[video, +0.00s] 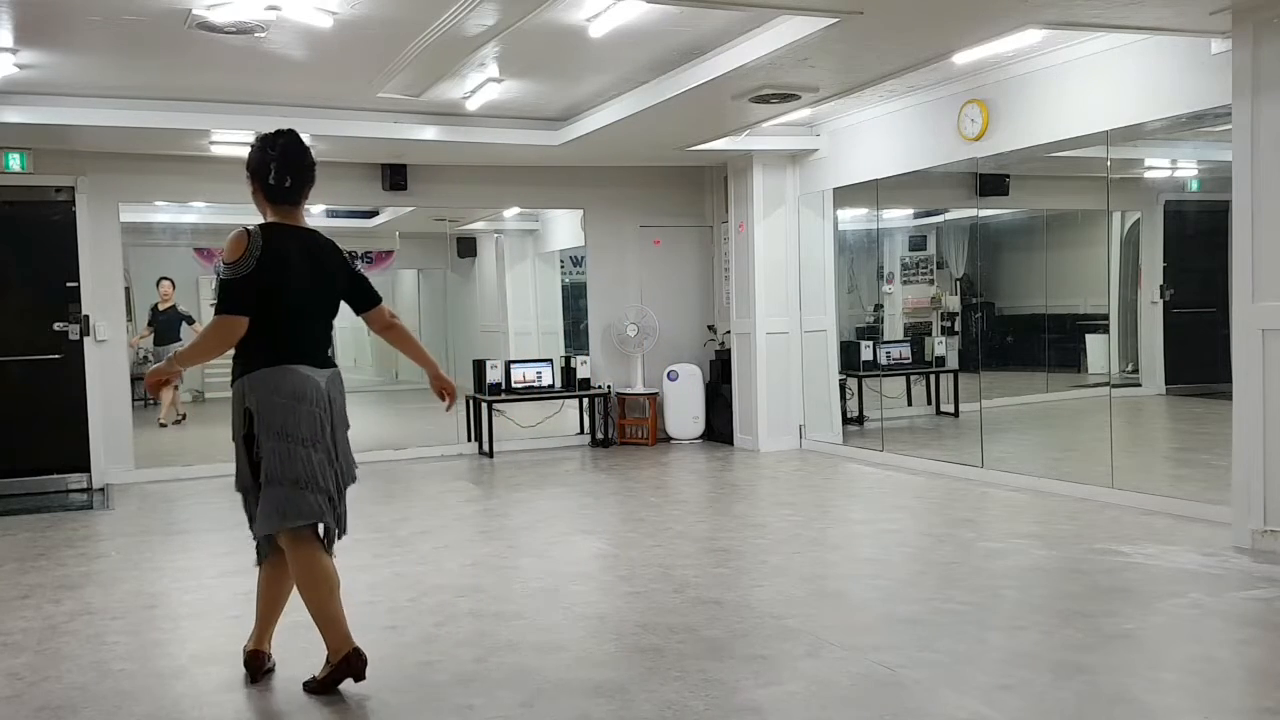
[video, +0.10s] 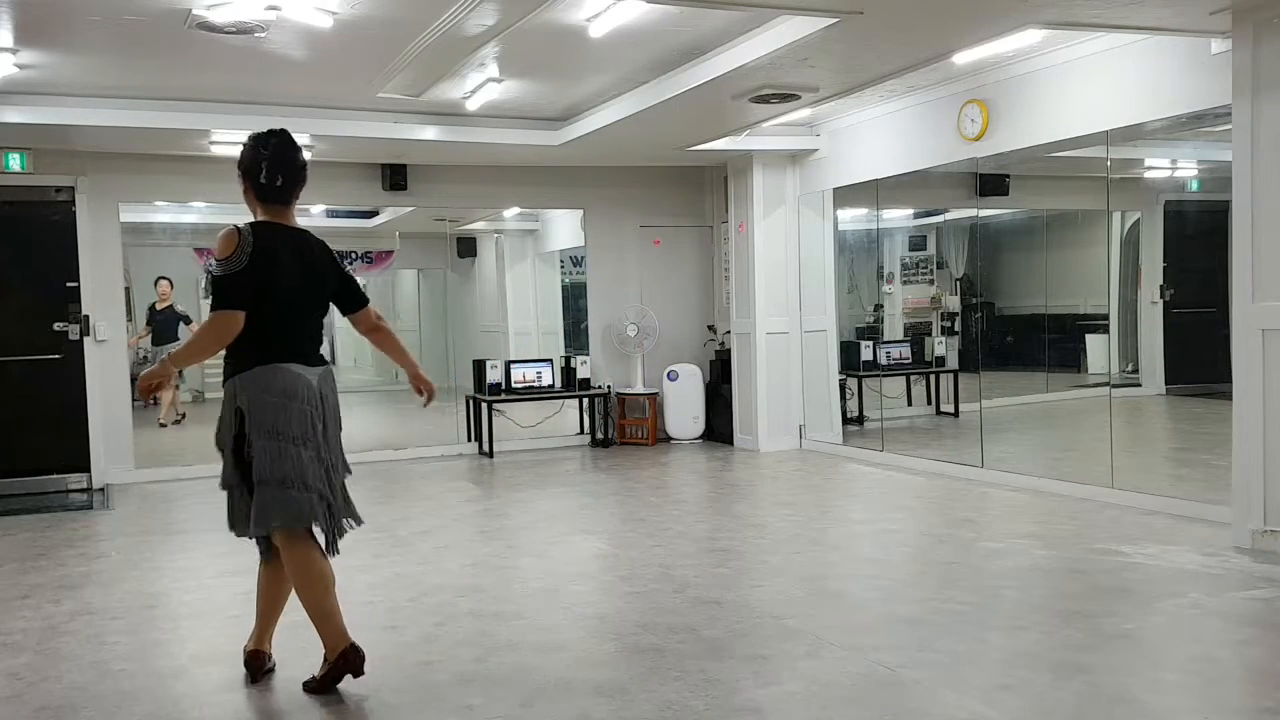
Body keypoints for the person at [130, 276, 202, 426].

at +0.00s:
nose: (165, 291)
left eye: (168, 287)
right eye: (162, 287)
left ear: (173, 290)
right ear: (158, 290)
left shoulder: (179, 309)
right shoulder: (154, 309)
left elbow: (196, 326)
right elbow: (149, 329)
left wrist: (210, 339)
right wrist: (138, 337)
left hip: (174, 348)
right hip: (158, 349)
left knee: (169, 382)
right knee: (168, 383)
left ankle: (162, 417)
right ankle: (180, 413)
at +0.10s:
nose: (163, 290)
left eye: (166, 287)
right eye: (160, 287)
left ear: (171, 290)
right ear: (156, 289)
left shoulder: (176, 308)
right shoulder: (152, 308)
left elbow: (193, 326)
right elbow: (148, 329)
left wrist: (204, 341)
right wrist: (137, 337)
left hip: (172, 348)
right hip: (156, 349)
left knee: (169, 383)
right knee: (167, 383)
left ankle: (162, 416)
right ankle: (180, 412)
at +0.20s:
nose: (161, 290)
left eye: (165, 287)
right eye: (158, 287)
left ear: (170, 289)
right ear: (154, 290)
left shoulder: (174, 308)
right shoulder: (150, 308)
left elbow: (190, 328)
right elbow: (147, 328)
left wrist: (198, 342)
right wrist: (135, 337)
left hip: (171, 349)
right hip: (155, 350)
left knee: (168, 383)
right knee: (166, 384)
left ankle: (162, 416)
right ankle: (179, 411)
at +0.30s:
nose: (159, 290)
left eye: (162, 287)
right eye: (156, 287)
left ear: (167, 290)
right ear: (151, 289)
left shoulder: (171, 308)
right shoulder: (147, 308)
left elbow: (186, 326)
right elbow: (146, 328)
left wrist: (183, 343)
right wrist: (134, 337)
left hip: (169, 348)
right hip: (152, 350)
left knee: (167, 384)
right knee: (164, 384)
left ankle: (162, 416)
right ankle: (179, 411)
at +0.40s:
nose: (157, 290)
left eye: (160, 287)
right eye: (154, 287)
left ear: (165, 290)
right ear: (149, 290)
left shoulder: (170, 308)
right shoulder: (145, 309)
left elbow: (184, 327)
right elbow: (144, 328)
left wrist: (180, 344)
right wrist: (132, 337)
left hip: (168, 349)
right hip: (151, 351)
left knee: (168, 384)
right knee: (162, 384)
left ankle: (162, 416)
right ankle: (178, 410)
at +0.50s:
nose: (155, 290)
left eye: (158, 287)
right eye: (151, 287)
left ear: (163, 290)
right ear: (147, 290)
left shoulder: (169, 308)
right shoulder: (144, 309)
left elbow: (178, 327)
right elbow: (141, 327)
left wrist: (178, 346)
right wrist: (130, 337)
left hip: (168, 349)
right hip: (151, 351)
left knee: (168, 384)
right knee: (162, 384)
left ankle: (163, 415)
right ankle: (176, 410)